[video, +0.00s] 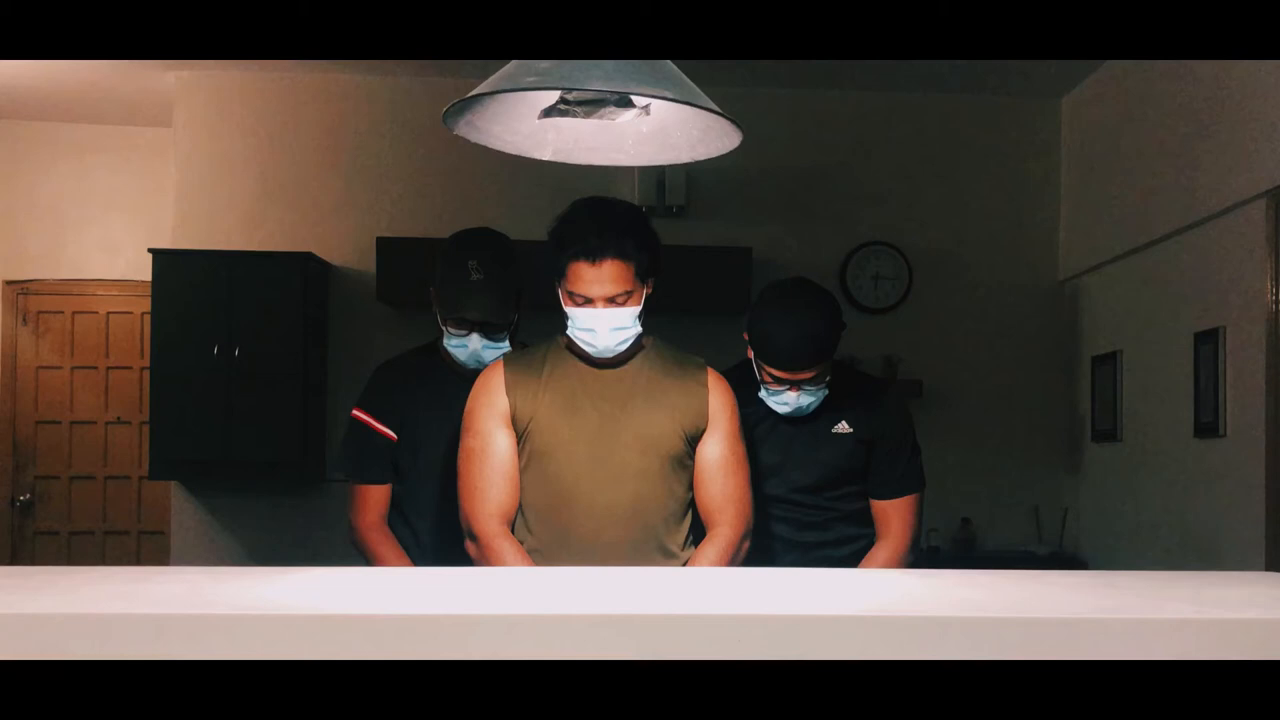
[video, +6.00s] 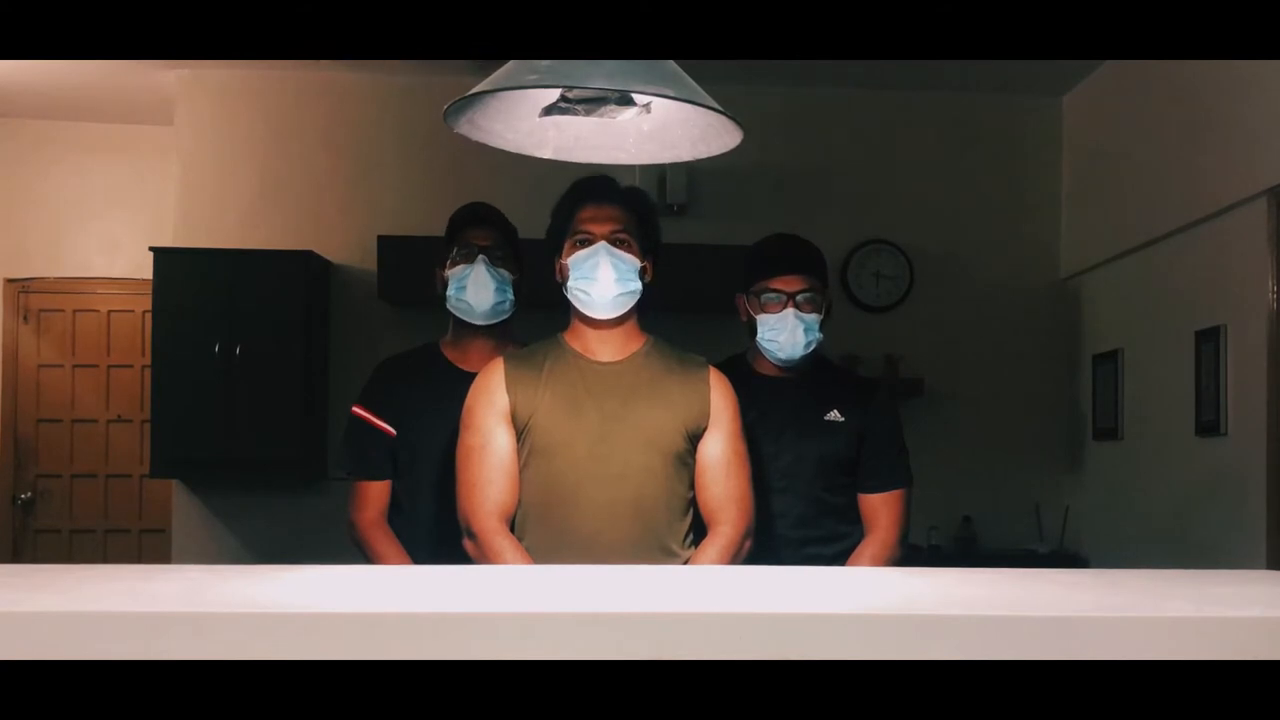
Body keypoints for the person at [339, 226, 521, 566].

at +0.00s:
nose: (477, 346)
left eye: (494, 327)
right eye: (459, 325)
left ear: (515, 312)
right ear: (436, 305)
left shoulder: (533, 383)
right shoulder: (396, 383)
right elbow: (368, 524)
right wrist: (422, 598)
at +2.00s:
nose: (478, 325)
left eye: (496, 309)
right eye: (462, 307)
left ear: (518, 306)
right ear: (440, 300)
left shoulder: (534, 383)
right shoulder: (398, 381)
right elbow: (369, 520)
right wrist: (421, 597)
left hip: (510, 589)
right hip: (423, 587)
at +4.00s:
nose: (480, 305)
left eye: (499, 289)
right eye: (464, 284)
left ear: (518, 293)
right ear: (443, 286)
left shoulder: (539, 384)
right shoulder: (399, 380)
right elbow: (370, 520)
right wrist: (423, 597)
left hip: (516, 593)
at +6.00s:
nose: (481, 271)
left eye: (498, 259)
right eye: (465, 256)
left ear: (516, 275)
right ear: (443, 273)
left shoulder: (541, 380)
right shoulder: (397, 378)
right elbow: (368, 520)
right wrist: (422, 599)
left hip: (517, 593)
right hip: (426, 591)